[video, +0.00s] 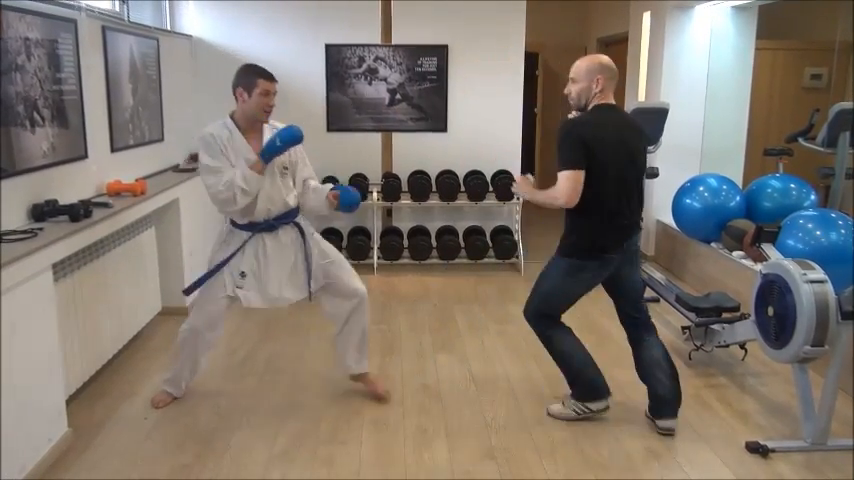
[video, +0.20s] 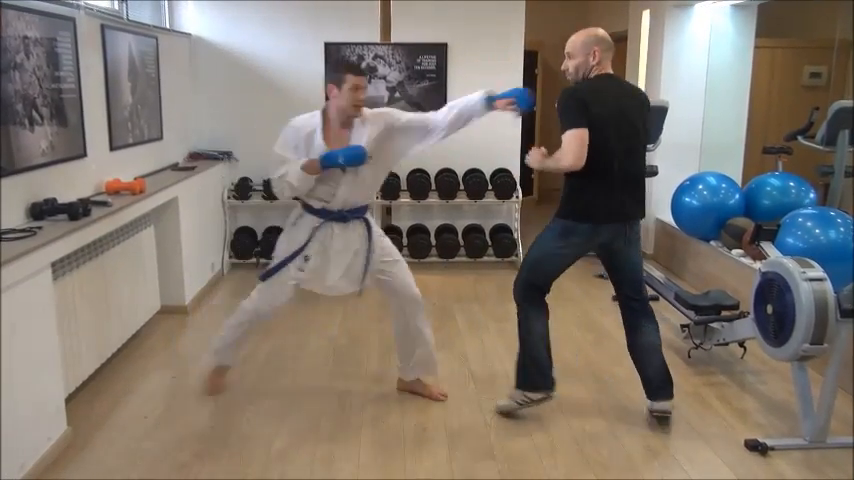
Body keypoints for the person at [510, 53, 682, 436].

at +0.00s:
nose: (566, 89)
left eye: (572, 81)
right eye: (567, 81)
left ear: (597, 84)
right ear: (604, 86)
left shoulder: (576, 128)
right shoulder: (632, 128)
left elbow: (567, 195)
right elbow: (628, 184)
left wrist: (531, 193)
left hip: (586, 249)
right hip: (625, 245)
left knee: (540, 313)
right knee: (639, 322)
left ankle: (591, 396)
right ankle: (665, 412)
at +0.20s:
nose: (564, 64)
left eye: (570, 57)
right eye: (565, 56)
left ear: (594, 56)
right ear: (601, 57)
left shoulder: (576, 97)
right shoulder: (637, 96)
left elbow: (573, 158)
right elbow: (639, 146)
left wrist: (540, 161)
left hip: (581, 218)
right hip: (625, 221)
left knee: (528, 287)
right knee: (635, 301)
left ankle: (535, 383)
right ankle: (660, 397)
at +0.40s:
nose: (591, 88)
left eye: (598, 81)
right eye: (594, 81)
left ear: (617, 84)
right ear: (628, 89)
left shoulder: (577, 113)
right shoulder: (639, 132)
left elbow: (545, 168)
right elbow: (599, 159)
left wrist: (538, 154)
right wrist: (566, 116)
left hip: (560, 242)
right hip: (608, 248)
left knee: (502, 302)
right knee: (632, 315)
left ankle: (502, 404)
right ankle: (678, 402)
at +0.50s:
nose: (625, 107)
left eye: (630, 102)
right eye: (630, 103)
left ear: (643, 105)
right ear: (662, 118)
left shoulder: (595, 121)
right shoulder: (660, 166)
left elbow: (552, 167)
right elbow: (625, 199)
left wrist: (556, 186)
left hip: (557, 248)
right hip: (609, 259)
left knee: (500, 303)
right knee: (641, 325)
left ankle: (501, 401)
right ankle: (671, 410)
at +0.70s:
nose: (670, 82)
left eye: (674, 77)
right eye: (675, 77)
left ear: (684, 81)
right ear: (706, 96)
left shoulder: (636, 101)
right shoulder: (706, 149)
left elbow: (588, 149)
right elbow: (673, 187)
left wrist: (604, 182)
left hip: (595, 228)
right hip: (648, 242)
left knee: (545, 308)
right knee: (663, 325)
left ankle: (510, 396)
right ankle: (674, 415)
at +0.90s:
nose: (658, 45)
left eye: (663, 36)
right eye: (661, 36)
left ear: (682, 41)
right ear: (699, 46)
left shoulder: (643, 81)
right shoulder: (725, 100)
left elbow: (601, 148)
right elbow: (694, 154)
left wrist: (605, 176)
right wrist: (636, 169)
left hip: (629, 209)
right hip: (680, 220)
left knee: (574, 284)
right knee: (686, 310)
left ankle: (575, 386)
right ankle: (704, 413)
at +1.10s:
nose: (644, 73)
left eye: (648, 66)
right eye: (645, 65)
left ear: (670, 69)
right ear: (689, 70)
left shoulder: (642, 116)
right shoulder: (720, 119)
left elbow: (626, 191)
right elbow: (684, 161)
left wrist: (604, 169)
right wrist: (648, 110)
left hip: (642, 243)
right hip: (694, 249)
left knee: (591, 312)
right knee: (704, 335)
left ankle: (608, 417)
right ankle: (721, 439)